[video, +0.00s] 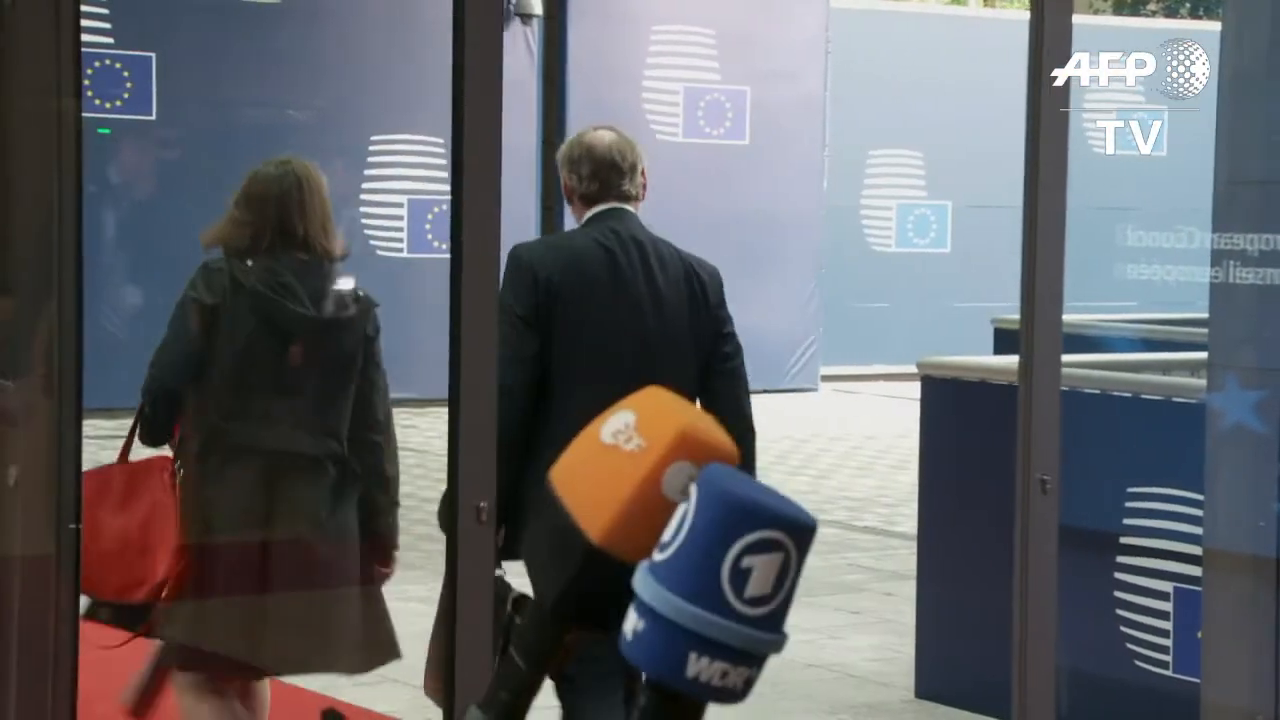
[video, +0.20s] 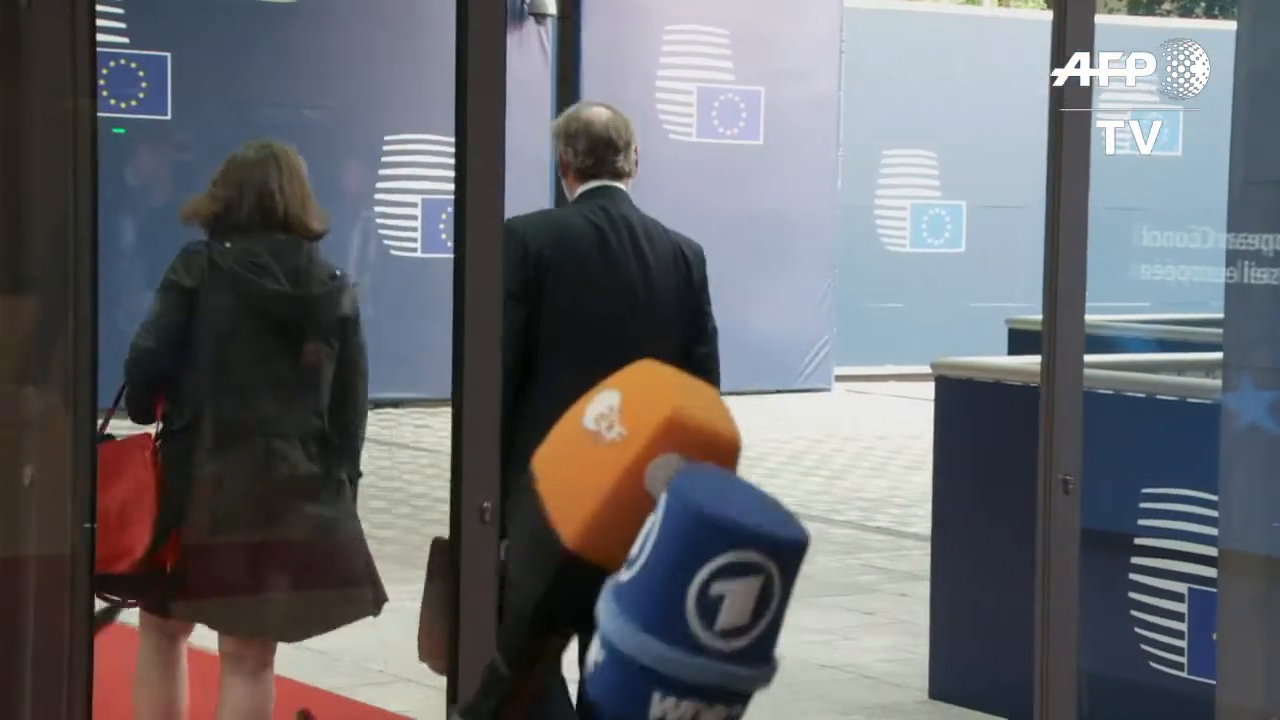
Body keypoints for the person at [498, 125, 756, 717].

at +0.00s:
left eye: (564, 185)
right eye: (647, 177)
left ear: (568, 191)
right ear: (643, 186)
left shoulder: (537, 264)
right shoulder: (698, 277)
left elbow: (507, 399)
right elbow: (733, 415)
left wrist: (491, 514)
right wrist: (732, 524)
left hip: (564, 520)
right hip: (667, 517)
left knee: (591, 678)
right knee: (664, 677)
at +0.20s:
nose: (559, 165)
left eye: (559, 157)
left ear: (564, 165)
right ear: (633, 165)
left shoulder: (524, 240)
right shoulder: (682, 255)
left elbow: (496, 376)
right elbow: (701, 383)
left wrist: (483, 494)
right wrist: (690, 491)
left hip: (542, 485)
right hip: (643, 488)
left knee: (527, 661)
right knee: (629, 661)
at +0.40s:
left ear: (545, 185)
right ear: (611, 182)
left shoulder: (503, 251)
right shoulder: (654, 265)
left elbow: (474, 371)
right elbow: (674, 379)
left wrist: (452, 474)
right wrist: (635, 444)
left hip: (522, 462)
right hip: (626, 469)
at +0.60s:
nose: (574, 183)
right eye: (573, 176)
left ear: (509, 190)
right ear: (569, 183)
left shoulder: (476, 260)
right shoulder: (618, 263)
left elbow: (450, 382)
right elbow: (646, 377)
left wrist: (444, 489)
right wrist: (616, 451)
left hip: (491, 478)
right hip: (586, 476)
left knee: (491, 635)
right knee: (585, 633)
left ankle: (494, 716)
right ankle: (599, 717)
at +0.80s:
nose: (561, 164)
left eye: (554, 155)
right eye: (559, 157)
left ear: (493, 166)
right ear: (553, 164)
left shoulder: (459, 237)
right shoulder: (601, 243)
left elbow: (434, 351)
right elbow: (627, 358)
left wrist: (425, 450)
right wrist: (631, 452)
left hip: (481, 452)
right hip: (568, 454)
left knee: (485, 595)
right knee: (547, 581)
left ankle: (495, 712)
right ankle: (551, 709)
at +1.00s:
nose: (549, 181)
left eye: (543, 173)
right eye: (548, 174)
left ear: (483, 180)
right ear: (542, 181)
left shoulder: (445, 249)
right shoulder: (585, 259)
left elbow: (416, 354)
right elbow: (612, 367)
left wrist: (402, 453)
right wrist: (617, 460)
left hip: (467, 458)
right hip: (551, 462)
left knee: (484, 600)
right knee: (522, 591)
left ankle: (502, 710)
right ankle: (498, 704)